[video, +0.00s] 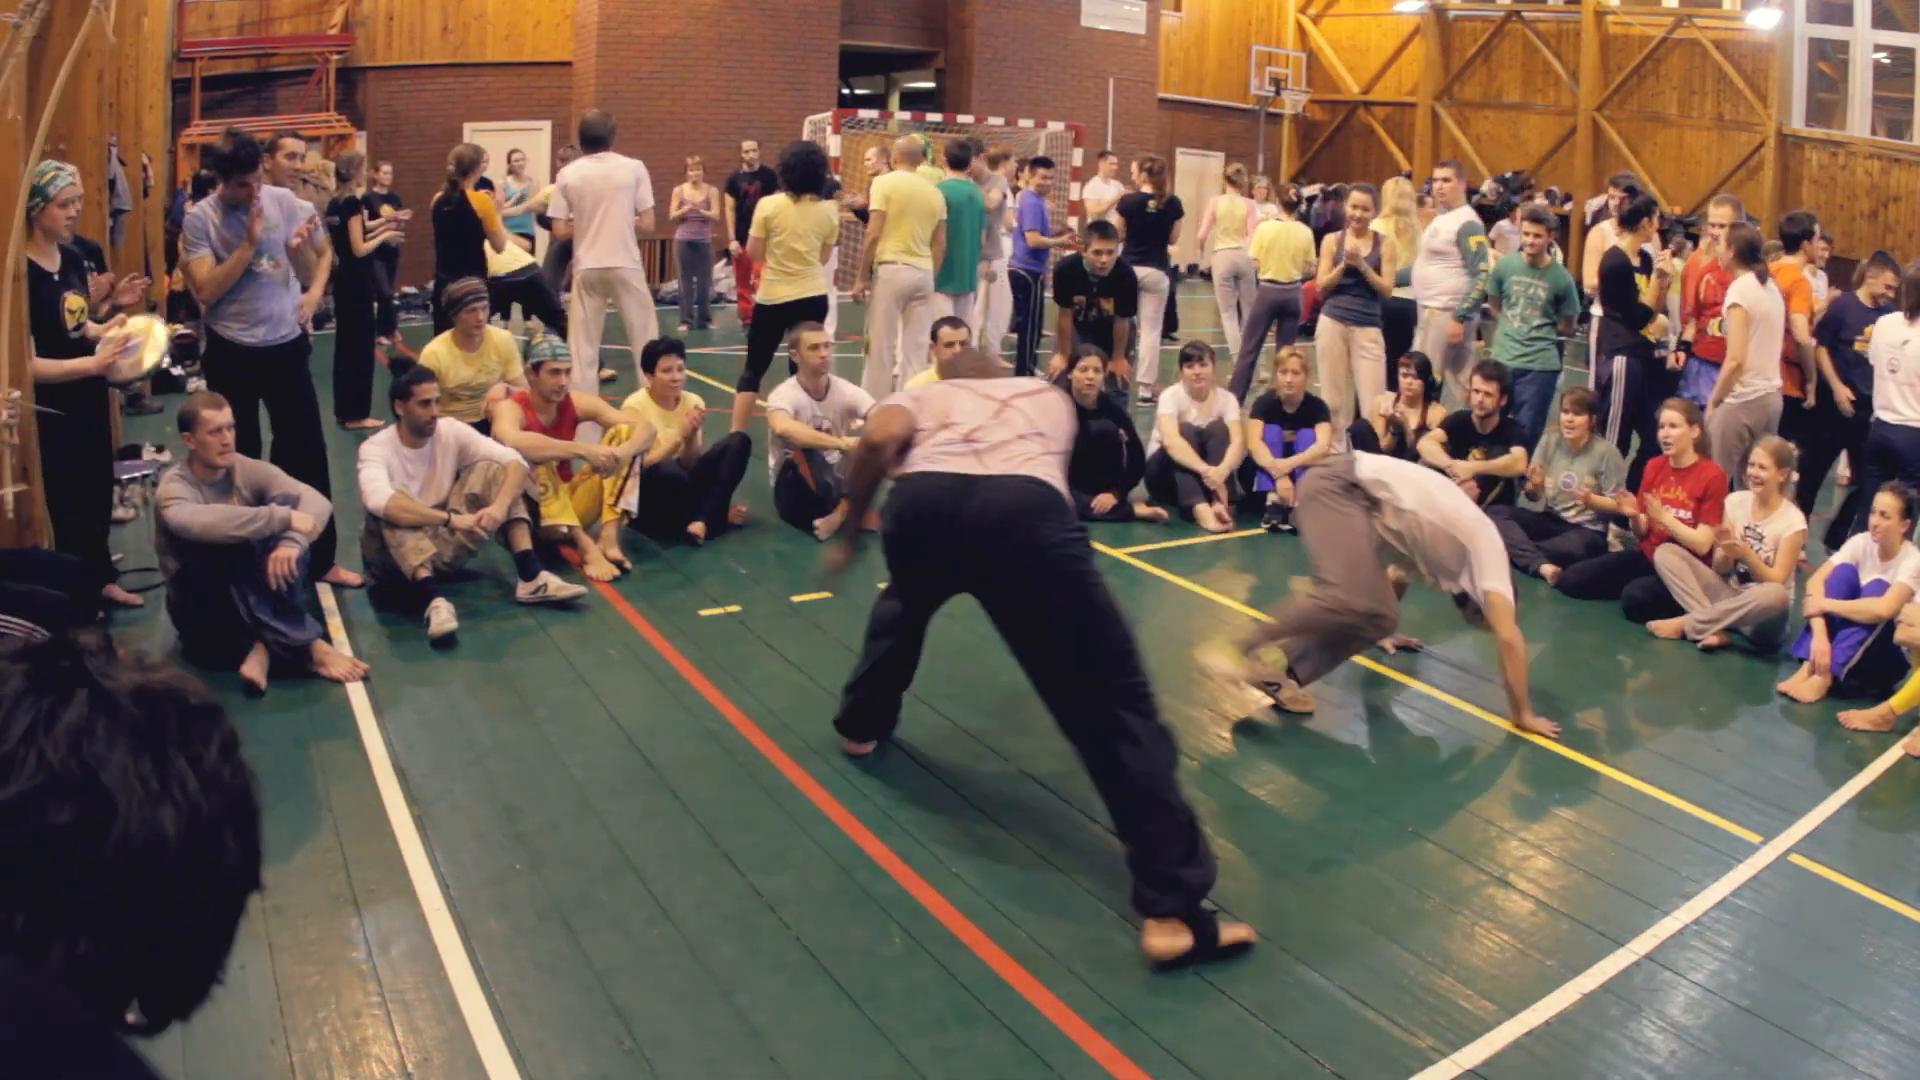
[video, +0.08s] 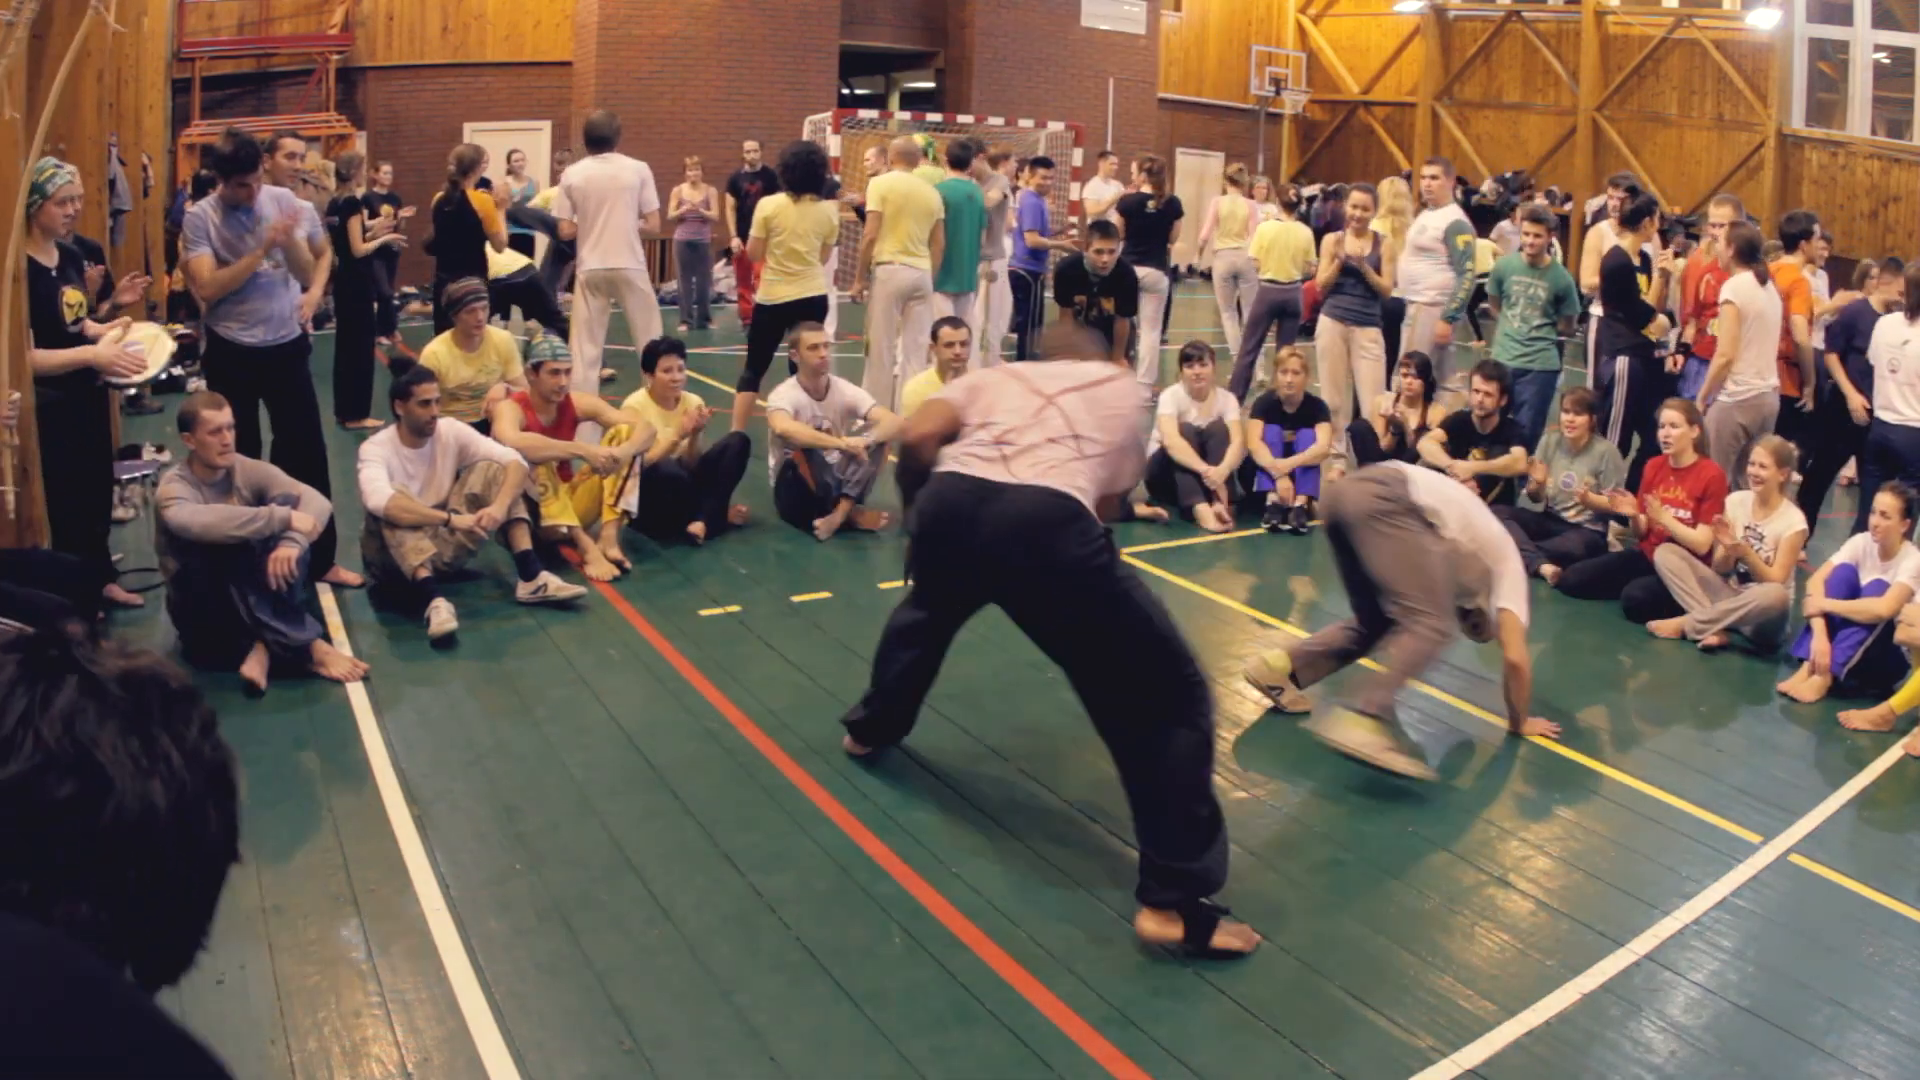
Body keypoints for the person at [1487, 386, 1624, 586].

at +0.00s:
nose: (1569, 419)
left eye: (1577, 414)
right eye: (1565, 412)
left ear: (1591, 420)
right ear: (1559, 414)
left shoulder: (1607, 452)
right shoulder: (1549, 441)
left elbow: (1618, 505)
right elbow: (1531, 495)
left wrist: (1591, 500)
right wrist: (1534, 486)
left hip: (1585, 529)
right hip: (1549, 518)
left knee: (1574, 548)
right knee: (1495, 512)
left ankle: (1513, 550)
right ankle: (1539, 566)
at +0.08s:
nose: (1570, 420)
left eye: (1578, 414)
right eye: (1566, 412)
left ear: (1592, 420)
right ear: (1559, 415)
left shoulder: (1606, 451)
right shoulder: (1550, 441)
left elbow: (1617, 505)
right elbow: (1533, 497)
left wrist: (1589, 499)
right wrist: (1536, 484)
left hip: (1585, 529)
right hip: (1549, 518)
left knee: (1574, 548)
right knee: (1497, 512)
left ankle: (1510, 553)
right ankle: (1539, 565)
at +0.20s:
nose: (1572, 419)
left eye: (1580, 414)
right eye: (1567, 412)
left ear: (1593, 419)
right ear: (1560, 415)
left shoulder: (1607, 452)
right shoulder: (1549, 441)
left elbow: (1609, 505)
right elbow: (1534, 489)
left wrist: (1574, 490)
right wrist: (1553, 491)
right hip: (1551, 516)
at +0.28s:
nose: (1572, 419)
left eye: (1580, 414)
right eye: (1568, 412)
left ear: (1594, 419)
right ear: (1561, 414)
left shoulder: (1607, 452)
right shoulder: (1549, 441)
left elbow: (1613, 504)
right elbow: (1533, 483)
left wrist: (1581, 493)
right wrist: (1557, 483)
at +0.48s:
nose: (1574, 420)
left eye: (1581, 414)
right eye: (1569, 413)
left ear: (1594, 419)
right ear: (1562, 415)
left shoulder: (1607, 452)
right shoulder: (1549, 442)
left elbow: (1610, 505)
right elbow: (1532, 489)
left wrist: (1576, 492)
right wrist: (1554, 489)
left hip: (1586, 525)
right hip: (1548, 517)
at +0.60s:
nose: (1574, 421)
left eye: (1582, 415)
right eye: (1569, 413)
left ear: (1593, 419)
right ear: (1562, 415)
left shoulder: (1606, 451)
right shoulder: (1549, 442)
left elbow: (1616, 494)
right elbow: (1534, 484)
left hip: (1589, 526)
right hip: (1550, 520)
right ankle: (1541, 566)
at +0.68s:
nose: (1575, 420)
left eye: (1582, 415)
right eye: (1570, 413)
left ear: (1594, 419)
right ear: (1562, 416)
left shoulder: (1608, 453)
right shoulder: (1549, 441)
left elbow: (1615, 504)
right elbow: (1531, 486)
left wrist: (1583, 496)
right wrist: (1542, 485)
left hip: (1586, 527)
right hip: (1546, 519)